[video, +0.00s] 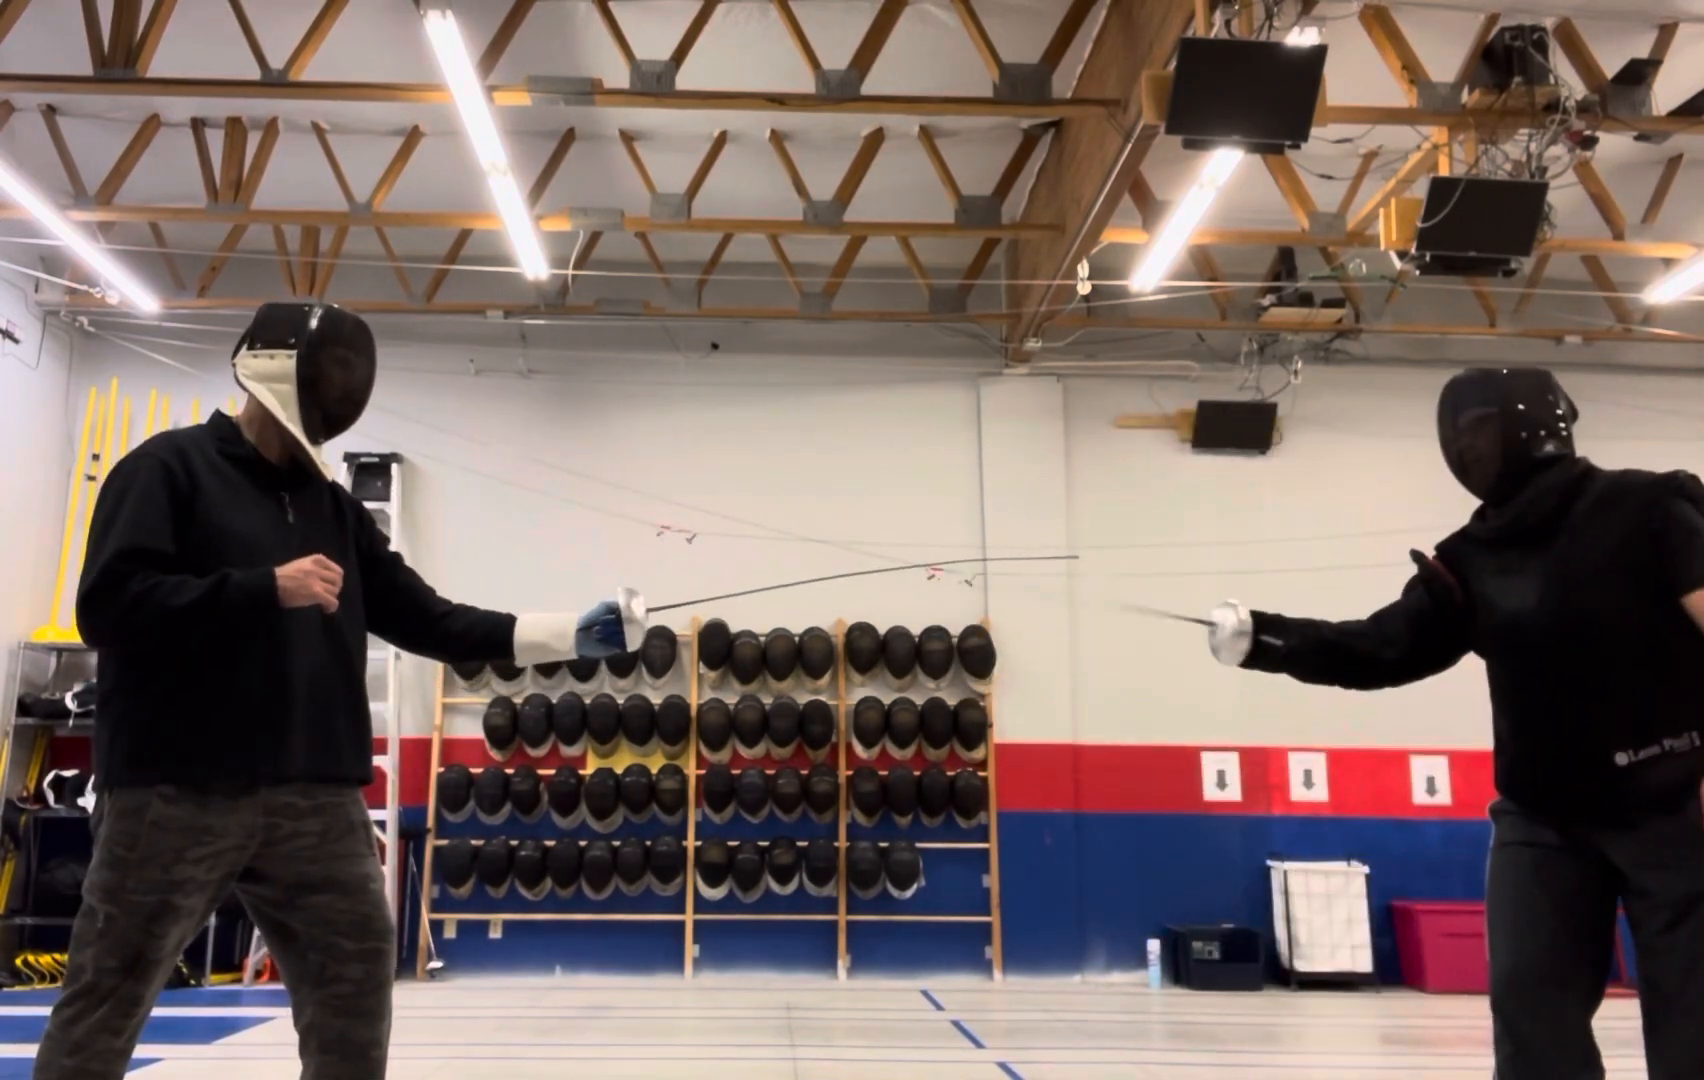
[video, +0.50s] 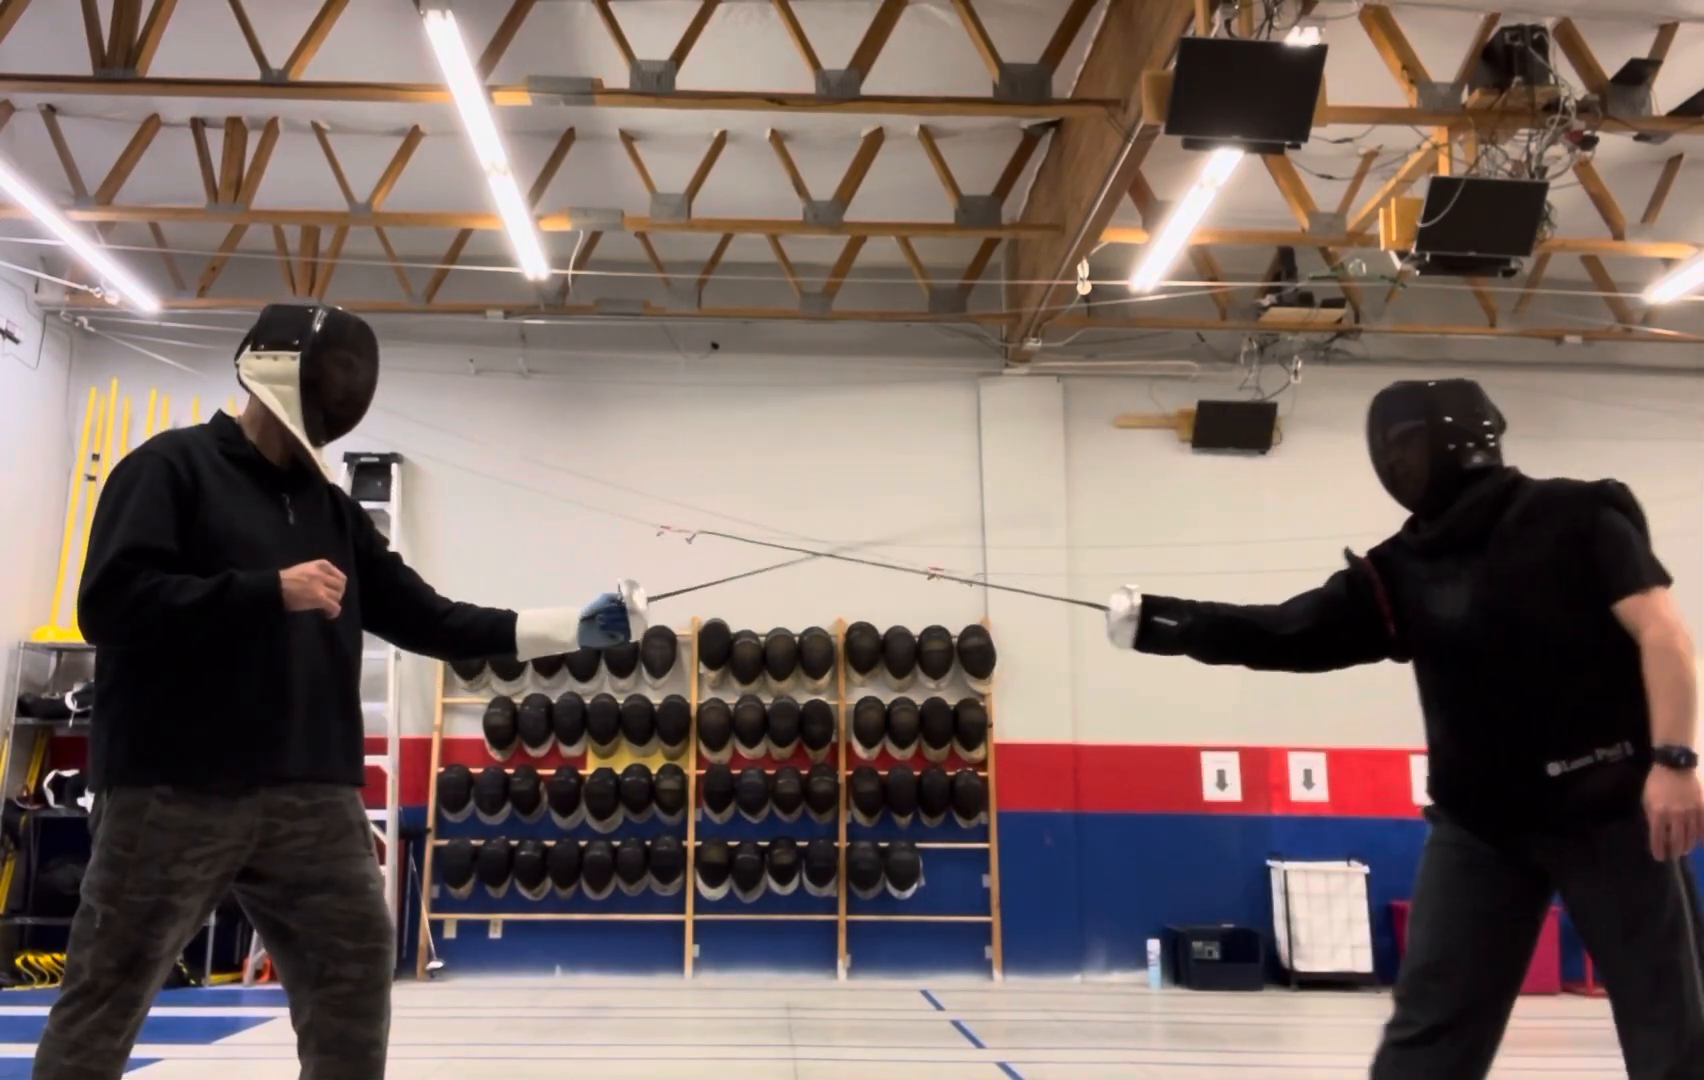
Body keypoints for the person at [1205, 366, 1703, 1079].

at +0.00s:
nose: (1462, 456)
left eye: (1476, 433)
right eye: (1454, 441)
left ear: (1530, 424)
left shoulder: (1656, 510)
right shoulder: (1471, 563)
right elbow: (1380, 648)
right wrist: (1261, 638)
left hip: (1670, 808)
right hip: (1542, 822)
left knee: (1688, 1028)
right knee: (1533, 1022)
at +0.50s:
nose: (1391, 470)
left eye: (1400, 449)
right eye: (1385, 456)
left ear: (1446, 440)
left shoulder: (1580, 517)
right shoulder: (1404, 571)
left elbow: (1663, 633)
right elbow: (1290, 630)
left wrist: (1676, 759)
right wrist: (1163, 624)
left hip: (1608, 817)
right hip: (1480, 829)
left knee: (1668, 1038)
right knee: (1430, 1036)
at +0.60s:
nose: (1347, 473)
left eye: (1355, 453)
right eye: (1345, 459)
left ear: (1397, 448)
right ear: (1424, 445)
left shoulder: (1535, 523)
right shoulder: (1362, 579)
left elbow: (1621, 637)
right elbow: (1254, 641)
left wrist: (1642, 766)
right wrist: (1130, 635)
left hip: (1570, 822)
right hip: (1437, 839)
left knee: (1649, 1044)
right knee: (1385, 1044)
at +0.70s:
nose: (1290, 470)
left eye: (1300, 449)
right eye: (1287, 453)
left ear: (1344, 441)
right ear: (1359, 448)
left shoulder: (1474, 520)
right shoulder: (1309, 580)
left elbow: (1559, 637)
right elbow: (1207, 652)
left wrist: (1588, 765)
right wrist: (1079, 639)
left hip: (1513, 820)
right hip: (1383, 834)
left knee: (1613, 1046)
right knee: (1333, 1055)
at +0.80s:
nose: (1238, 460)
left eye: (1247, 439)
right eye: (1234, 445)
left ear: (1299, 433)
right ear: (1280, 442)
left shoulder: (1419, 508)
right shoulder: (1254, 570)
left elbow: (1504, 619)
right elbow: (1156, 643)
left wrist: (1511, 749)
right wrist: (1026, 630)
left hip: (1462, 801)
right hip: (1335, 824)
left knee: (1574, 1028)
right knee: (1303, 1052)